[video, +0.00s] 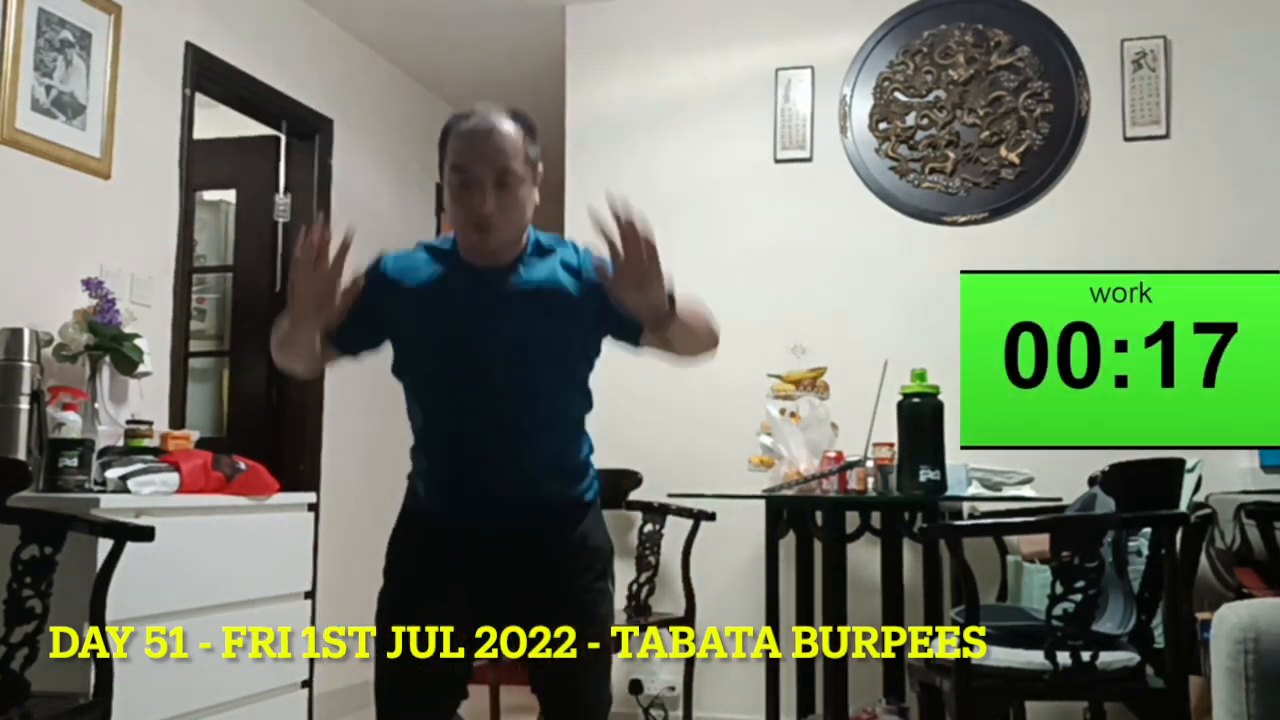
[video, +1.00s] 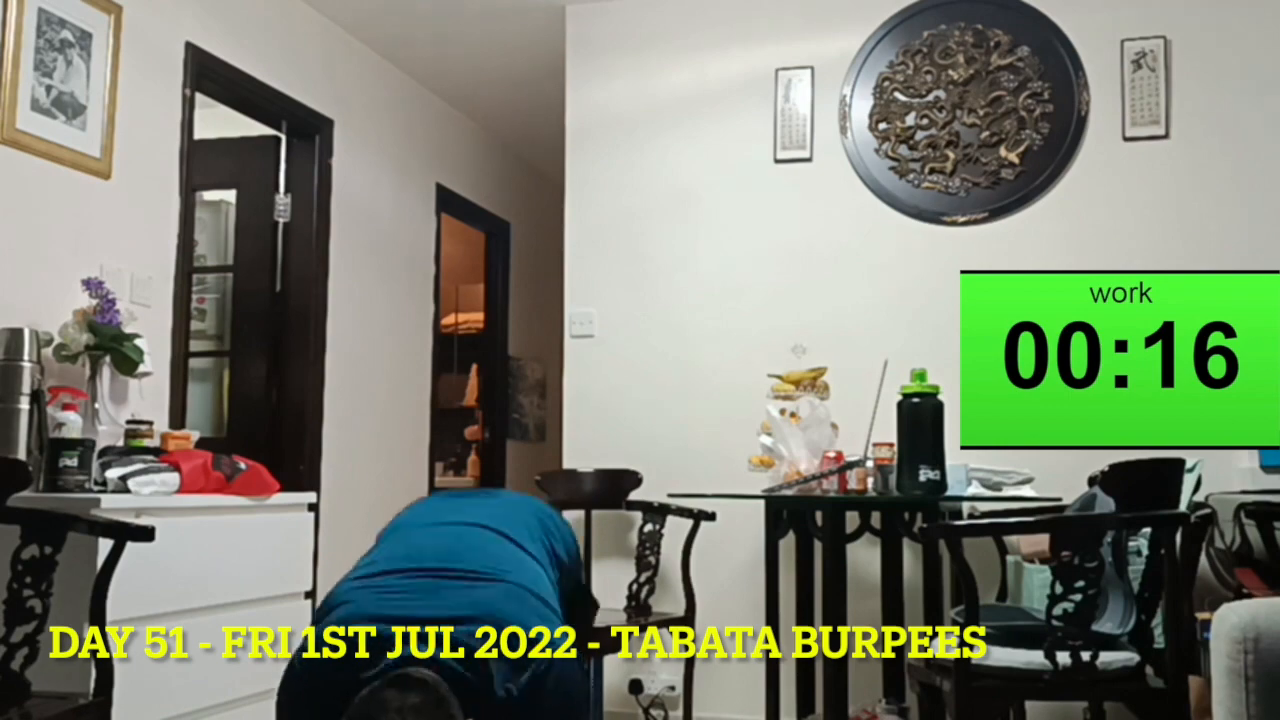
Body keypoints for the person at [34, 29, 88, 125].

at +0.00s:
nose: (65, 50)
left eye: (68, 47)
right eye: (63, 47)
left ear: (74, 49)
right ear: (60, 49)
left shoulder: (78, 65)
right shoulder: (61, 60)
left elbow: (69, 89)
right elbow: (56, 80)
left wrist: (49, 83)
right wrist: (49, 101)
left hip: (79, 101)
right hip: (63, 94)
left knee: (63, 98)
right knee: (47, 88)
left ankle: (69, 119)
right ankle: (61, 116)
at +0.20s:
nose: (65, 50)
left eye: (69, 47)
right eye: (63, 48)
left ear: (74, 49)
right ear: (60, 49)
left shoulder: (78, 65)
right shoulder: (61, 60)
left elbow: (69, 89)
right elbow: (57, 80)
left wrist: (48, 83)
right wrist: (49, 101)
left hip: (79, 101)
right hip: (63, 94)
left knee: (63, 98)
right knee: (48, 88)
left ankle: (69, 119)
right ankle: (60, 116)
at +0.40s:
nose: (66, 51)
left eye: (69, 47)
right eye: (63, 48)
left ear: (74, 49)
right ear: (60, 50)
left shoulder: (78, 65)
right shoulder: (61, 60)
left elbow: (69, 89)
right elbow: (56, 80)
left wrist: (49, 83)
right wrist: (49, 101)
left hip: (79, 101)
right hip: (63, 94)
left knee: (64, 98)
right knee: (48, 88)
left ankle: (69, 120)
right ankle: (60, 116)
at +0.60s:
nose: (66, 51)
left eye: (68, 48)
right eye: (63, 48)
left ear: (74, 49)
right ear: (60, 50)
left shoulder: (79, 66)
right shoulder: (61, 60)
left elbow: (69, 89)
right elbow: (57, 80)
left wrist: (49, 82)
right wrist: (49, 100)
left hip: (78, 101)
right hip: (63, 94)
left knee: (64, 98)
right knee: (48, 88)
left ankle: (69, 119)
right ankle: (60, 116)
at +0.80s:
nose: (66, 52)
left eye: (69, 48)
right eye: (63, 50)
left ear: (73, 49)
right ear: (60, 51)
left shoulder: (78, 66)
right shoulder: (61, 60)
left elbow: (69, 89)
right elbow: (57, 81)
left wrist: (48, 82)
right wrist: (49, 101)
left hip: (78, 102)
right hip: (62, 95)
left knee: (64, 98)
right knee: (47, 88)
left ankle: (70, 120)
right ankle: (61, 116)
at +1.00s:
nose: (66, 53)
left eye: (69, 48)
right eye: (63, 50)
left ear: (74, 49)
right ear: (60, 51)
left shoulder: (79, 66)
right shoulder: (61, 60)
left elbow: (69, 89)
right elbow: (57, 81)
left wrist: (49, 82)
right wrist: (49, 101)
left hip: (78, 102)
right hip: (62, 95)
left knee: (64, 98)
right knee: (47, 88)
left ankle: (70, 120)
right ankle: (60, 116)